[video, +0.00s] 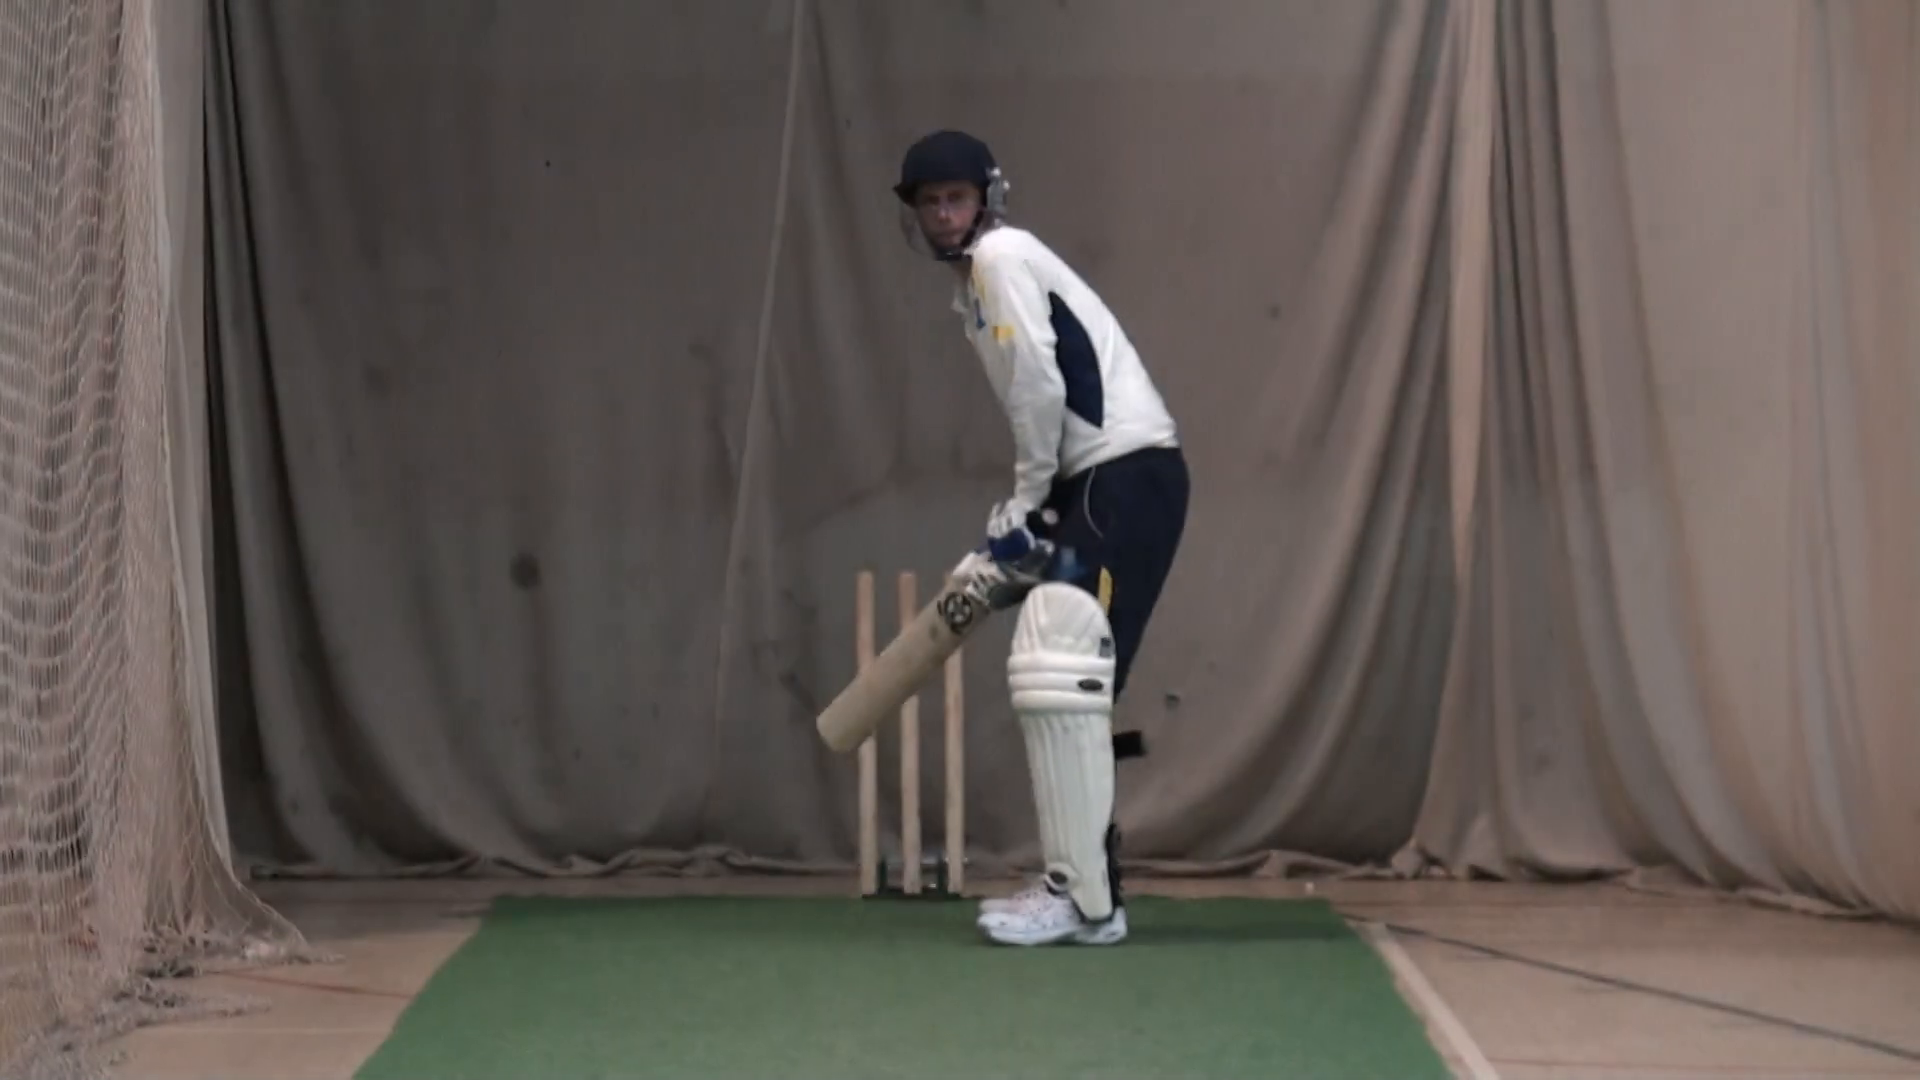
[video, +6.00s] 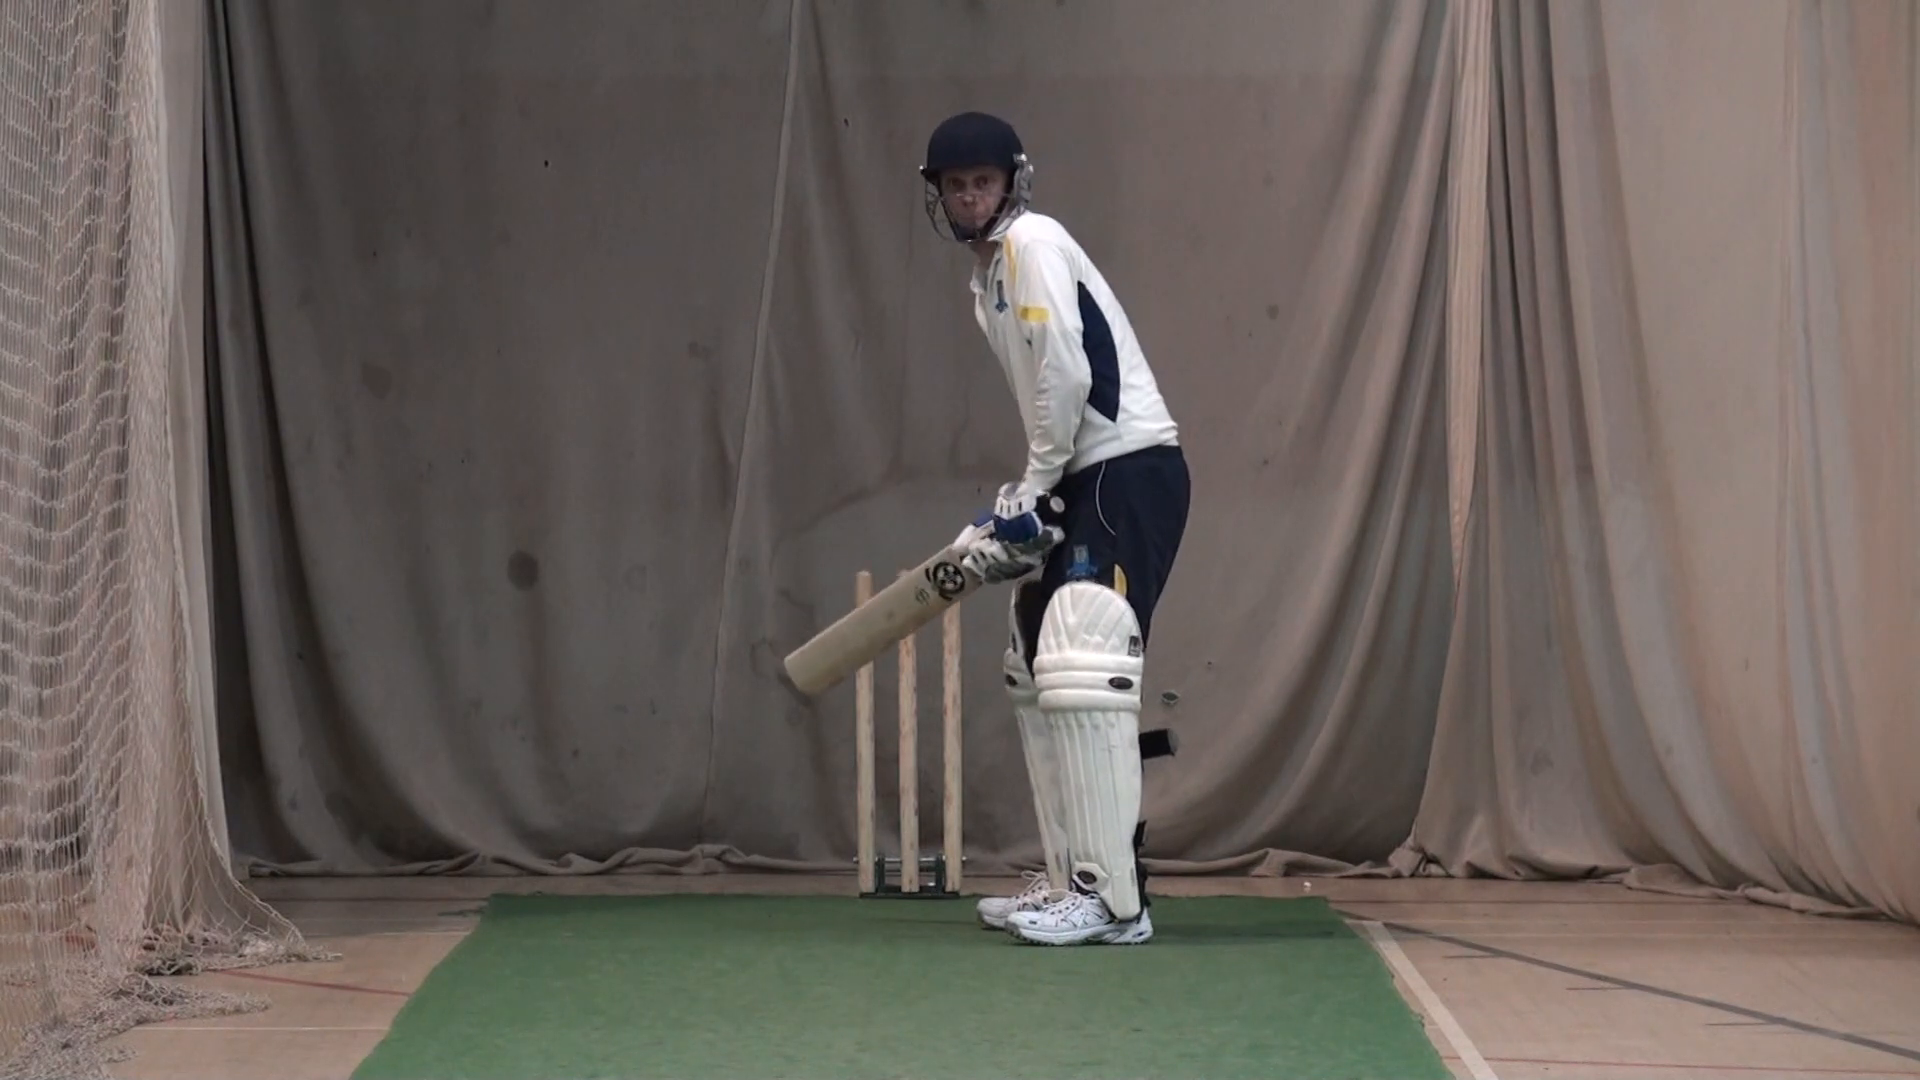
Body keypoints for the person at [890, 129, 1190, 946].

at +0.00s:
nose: (946, 216)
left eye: (960, 199)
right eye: (931, 204)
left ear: (989, 198)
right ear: (913, 214)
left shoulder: (1001, 258)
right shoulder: (985, 279)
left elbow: (1040, 390)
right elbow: (1044, 426)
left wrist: (1024, 510)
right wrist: (1004, 546)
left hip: (1126, 473)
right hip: (1100, 478)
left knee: (1055, 669)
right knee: (1062, 676)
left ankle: (1081, 894)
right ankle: (1083, 886)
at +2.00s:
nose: (928, 277)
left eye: (924, 257)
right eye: (916, 269)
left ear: (955, 223)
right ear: (956, 229)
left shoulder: (1025, 261)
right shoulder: (1008, 279)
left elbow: (1062, 395)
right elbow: (1060, 418)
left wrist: (1023, 497)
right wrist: (1012, 522)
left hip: (1139, 477)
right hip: (1101, 486)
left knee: (1096, 682)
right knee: (1060, 677)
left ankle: (1112, 900)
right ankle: (1076, 881)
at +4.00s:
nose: (993, 181)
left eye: (1010, 164)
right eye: (979, 165)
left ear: (1037, 168)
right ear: (961, 173)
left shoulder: (1054, 241)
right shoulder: (995, 269)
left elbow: (1082, 377)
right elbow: (1042, 404)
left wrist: (1036, 496)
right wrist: (1012, 515)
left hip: (1131, 473)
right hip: (1083, 480)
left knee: (1097, 678)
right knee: (1056, 675)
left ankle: (1113, 896)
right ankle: (1079, 882)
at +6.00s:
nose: (967, 198)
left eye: (982, 182)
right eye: (952, 186)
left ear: (1013, 183)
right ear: (936, 195)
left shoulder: (1030, 243)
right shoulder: (992, 277)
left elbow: (1065, 377)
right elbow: (1043, 408)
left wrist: (1034, 488)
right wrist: (1011, 517)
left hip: (1126, 470)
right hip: (1080, 480)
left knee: (1082, 672)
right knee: (1037, 672)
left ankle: (1112, 898)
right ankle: (1076, 881)